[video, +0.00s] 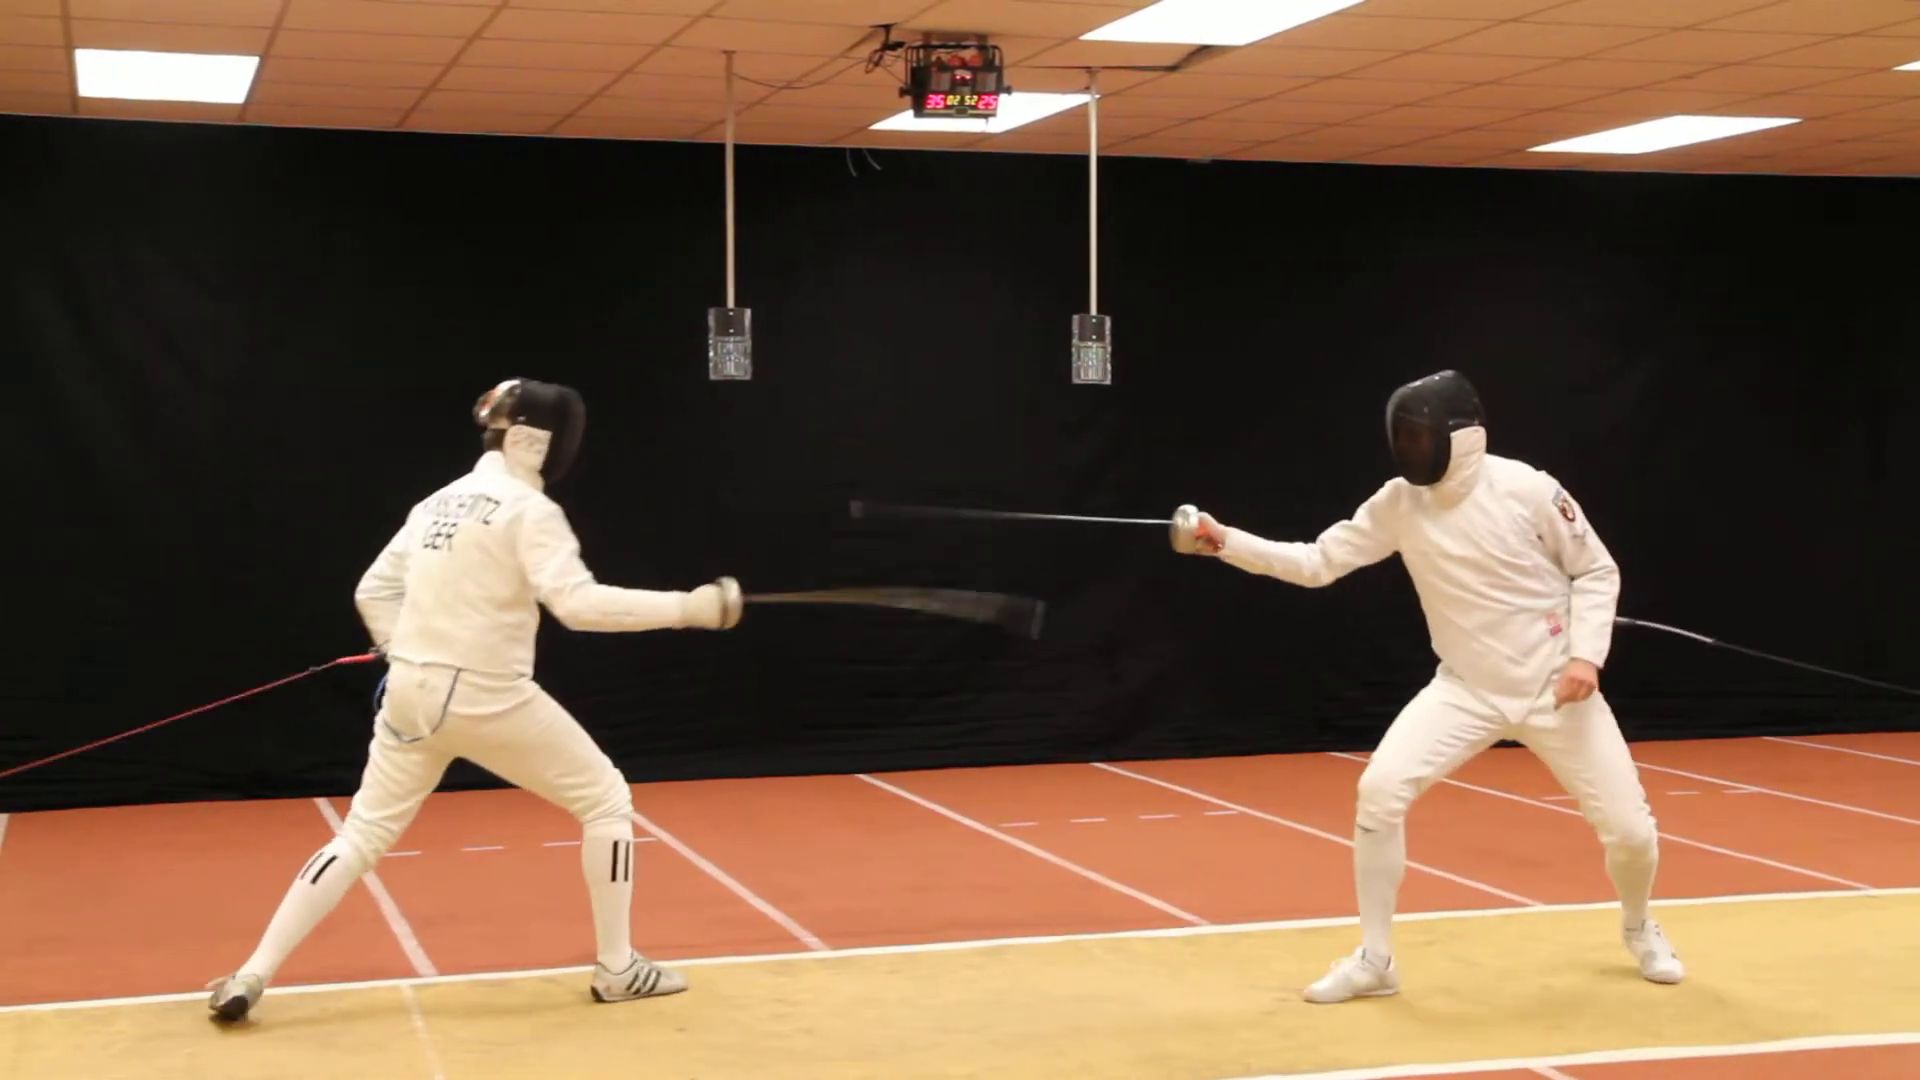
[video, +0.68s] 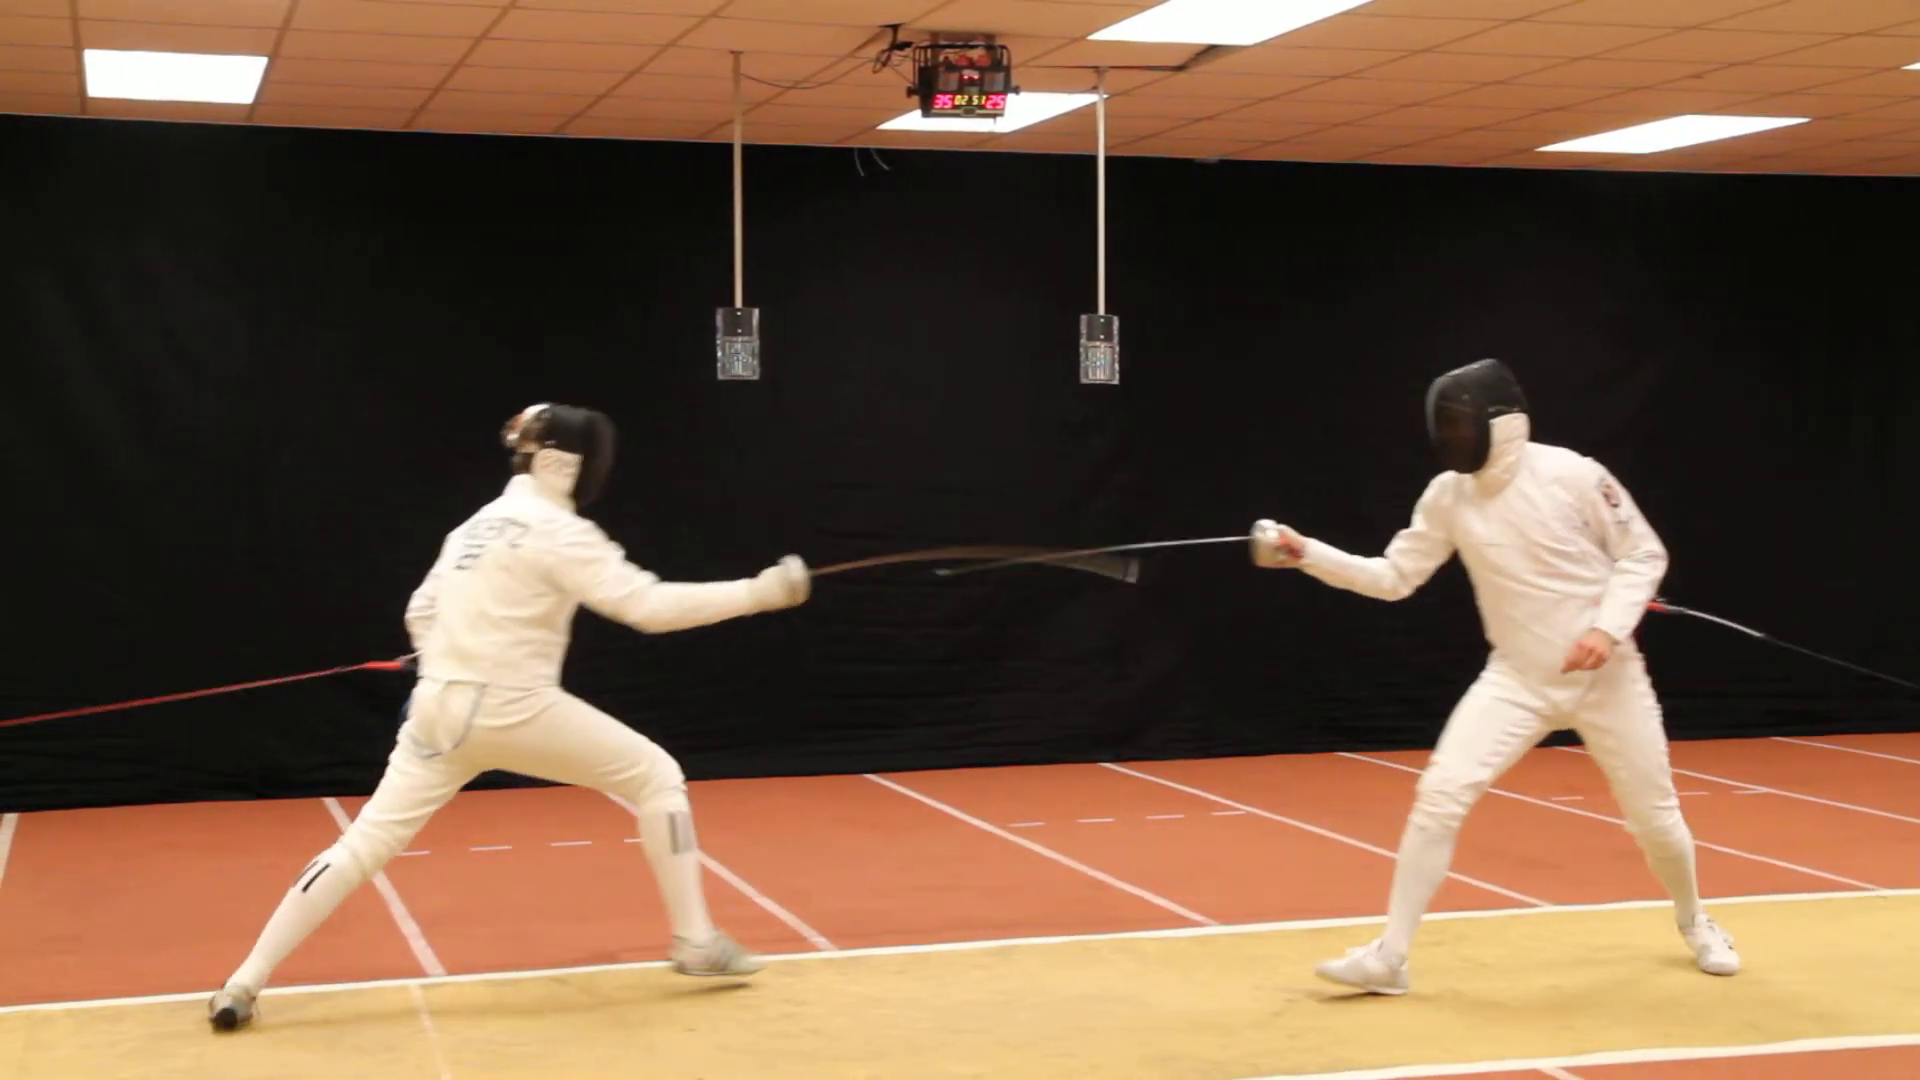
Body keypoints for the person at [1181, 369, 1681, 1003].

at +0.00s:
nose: (1408, 451)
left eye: (1420, 436)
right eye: (1403, 437)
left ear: (1463, 435)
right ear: (1402, 441)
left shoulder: (1529, 492)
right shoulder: (1398, 506)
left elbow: (1596, 572)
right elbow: (1316, 563)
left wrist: (1586, 657)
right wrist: (1222, 540)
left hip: (1555, 690)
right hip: (1462, 692)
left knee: (1634, 835)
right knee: (1379, 794)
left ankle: (1639, 928)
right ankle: (1374, 959)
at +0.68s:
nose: (1444, 435)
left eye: (1456, 420)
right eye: (1441, 422)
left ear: (1499, 419)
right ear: (1442, 426)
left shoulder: (1573, 476)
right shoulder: (1448, 497)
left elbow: (1644, 556)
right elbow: (1394, 577)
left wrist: (1606, 629)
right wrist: (1303, 552)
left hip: (1608, 677)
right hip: (1515, 679)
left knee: (1660, 825)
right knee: (1438, 798)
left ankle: (1694, 922)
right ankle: (1390, 954)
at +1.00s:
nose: (1522, 436)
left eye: (1535, 422)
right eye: (1518, 423)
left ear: (1579, 423)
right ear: (1518, 429)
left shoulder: (1645, 482)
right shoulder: (1516, 493)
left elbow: (1717, 560)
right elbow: (1437, 546)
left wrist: (1696, 634)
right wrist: (1340, 536)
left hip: (1675, 680)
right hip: (1581, 681)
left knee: (1761, 812)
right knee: (1502, 787)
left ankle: (1741, 900)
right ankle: (1496, 948)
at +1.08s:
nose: (1551, 435)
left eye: (1564, 421)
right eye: (1546, 422)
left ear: (1605, 422)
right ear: (1545, 426)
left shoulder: (1672, 483)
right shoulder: (1544, 494)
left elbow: (1741, 561)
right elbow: (1472, 559)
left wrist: (1720, 635)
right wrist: (1375, 545)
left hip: (1699, 681)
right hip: (1604, 681)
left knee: (1781, 819)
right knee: (1522, 787)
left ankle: (1814, 904)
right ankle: (1496, 946)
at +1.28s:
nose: (1617, 433)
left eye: (1630, 420)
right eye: (1614, 421)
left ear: (1675, 421)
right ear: (1618, 423)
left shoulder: (1743, 477)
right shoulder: (1619, 493)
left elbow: (1816, 555)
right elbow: (1559, 569)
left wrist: (1774, 626)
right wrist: (1468, 553)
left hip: (1772, 673)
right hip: (1682, 674)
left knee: (1811, 822)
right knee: (1596, 782)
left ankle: (1837, 921)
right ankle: (1553, 937)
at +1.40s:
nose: (1649, 428)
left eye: (1661, 415)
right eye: (1645, 416)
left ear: (1702, 415)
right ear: (1644, 419)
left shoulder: (1763, 475)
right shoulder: (1639, 490)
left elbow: (1838, 550)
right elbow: (1576, 564)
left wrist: (1799, 624)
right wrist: (1488, 546)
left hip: (1784, 674)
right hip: (1696, 672)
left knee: (1816, 823)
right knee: (1619, 782)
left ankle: (1838, 923)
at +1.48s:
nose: (1651, 427)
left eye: (1664, 414)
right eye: (1648, 414)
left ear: (1704, 414)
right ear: (1649, 417)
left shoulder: (1766, 475)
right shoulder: (1641, 488)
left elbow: (1838, 551)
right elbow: (1578, 561)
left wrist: (1805, 627)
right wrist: (1490, 541)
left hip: (1785, 672)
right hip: (1698, 671)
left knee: (1819, 822)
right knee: (1616, 771)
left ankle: (1836, 923)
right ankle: (1650, 918)